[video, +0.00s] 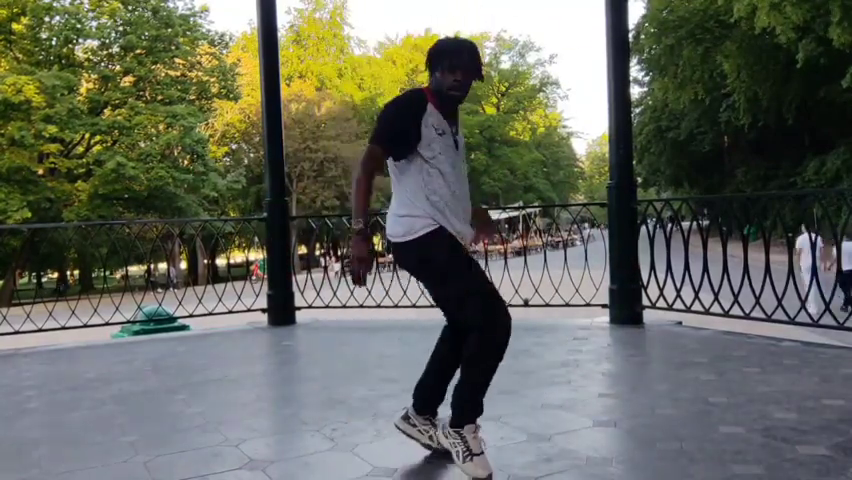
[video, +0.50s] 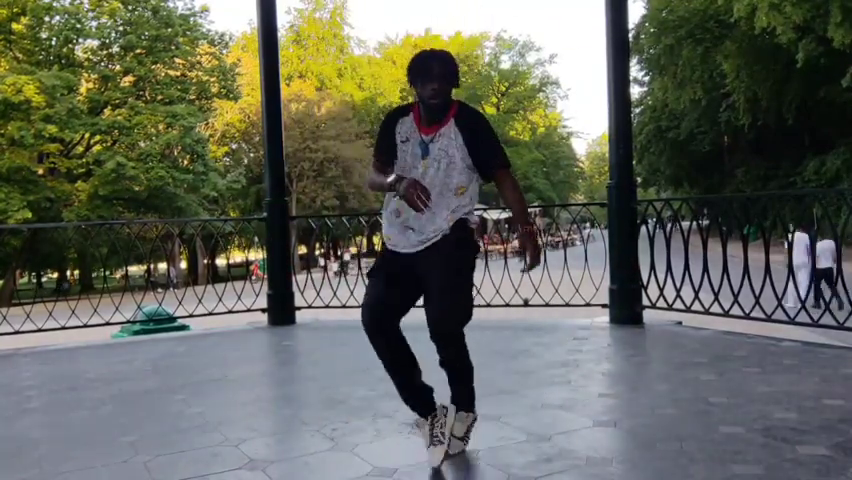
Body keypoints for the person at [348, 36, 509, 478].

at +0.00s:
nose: (458, 82)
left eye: (467, 76)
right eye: (450, 72)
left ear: (474, 79)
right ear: (432, 72)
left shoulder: (450, 122)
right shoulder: (407, 108)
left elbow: (441, 183)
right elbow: (366, 166)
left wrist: (475, 215)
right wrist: (360, 233)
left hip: (441, 234)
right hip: (418, 234)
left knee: (464, 322)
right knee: (494, 320)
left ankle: (420, 414)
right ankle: (462, 425)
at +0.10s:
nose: (449, 79)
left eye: (458, 73)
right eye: (441, 70)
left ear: (466, 78)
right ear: (424, 72)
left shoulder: (459, 117)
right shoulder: (396, 108)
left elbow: (463, 175)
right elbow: (348, 157)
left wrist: (507, 202)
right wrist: (343, 199)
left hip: (458, 235)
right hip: (419, 233)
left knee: (472, 321)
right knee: (493, 318)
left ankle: (422, 412)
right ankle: (479, 421)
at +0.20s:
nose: (441, 80)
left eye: (449, 73)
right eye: (432, 72)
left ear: (458, 76)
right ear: (416, 74)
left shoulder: (467, 115)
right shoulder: (388, 112)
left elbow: (487, 175)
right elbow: (343, 154)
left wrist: (524, 204)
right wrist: (353, 172)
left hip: (467, 232)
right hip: (419, 232)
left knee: (485, 323)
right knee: (474, 322)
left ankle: (430, 408)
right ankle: (483, 421)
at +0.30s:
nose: (435, 83)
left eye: (444, 76)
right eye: (427, 75)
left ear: (455, 79)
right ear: (413, 78)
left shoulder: (471, 117)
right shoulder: (388, 117)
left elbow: (497, 168)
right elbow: (349, 161)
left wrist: (525, 212)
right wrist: (371, 161)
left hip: (470, 242)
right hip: (419, 246)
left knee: (478, 326)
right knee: (445, 334)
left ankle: (439, 406)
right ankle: (480, 423)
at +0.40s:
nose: (436, 85)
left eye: (444, 77)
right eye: (427, 77)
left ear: (456, 81)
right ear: (413, 81)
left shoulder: (472, 120)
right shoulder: (394, 118)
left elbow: (502, 173)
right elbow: (366, 169)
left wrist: (523, 216)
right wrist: (390, 168)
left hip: (458, 243)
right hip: (405, 246)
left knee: (459, 333)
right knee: (403, 325)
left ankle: (453, 422)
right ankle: (464, 417)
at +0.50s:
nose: (435, 89)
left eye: (443, 81)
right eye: (426, 81)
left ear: (454, 84)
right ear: (412, 85)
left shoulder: (470, 122)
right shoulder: (395, 123)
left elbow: (503, 176)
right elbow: (374, 177)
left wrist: (526, 226)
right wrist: (399, 183)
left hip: (450, 242)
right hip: (402, 245)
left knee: (445, 330)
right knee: (376, 319)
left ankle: (463, 410)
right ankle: (429, 414)